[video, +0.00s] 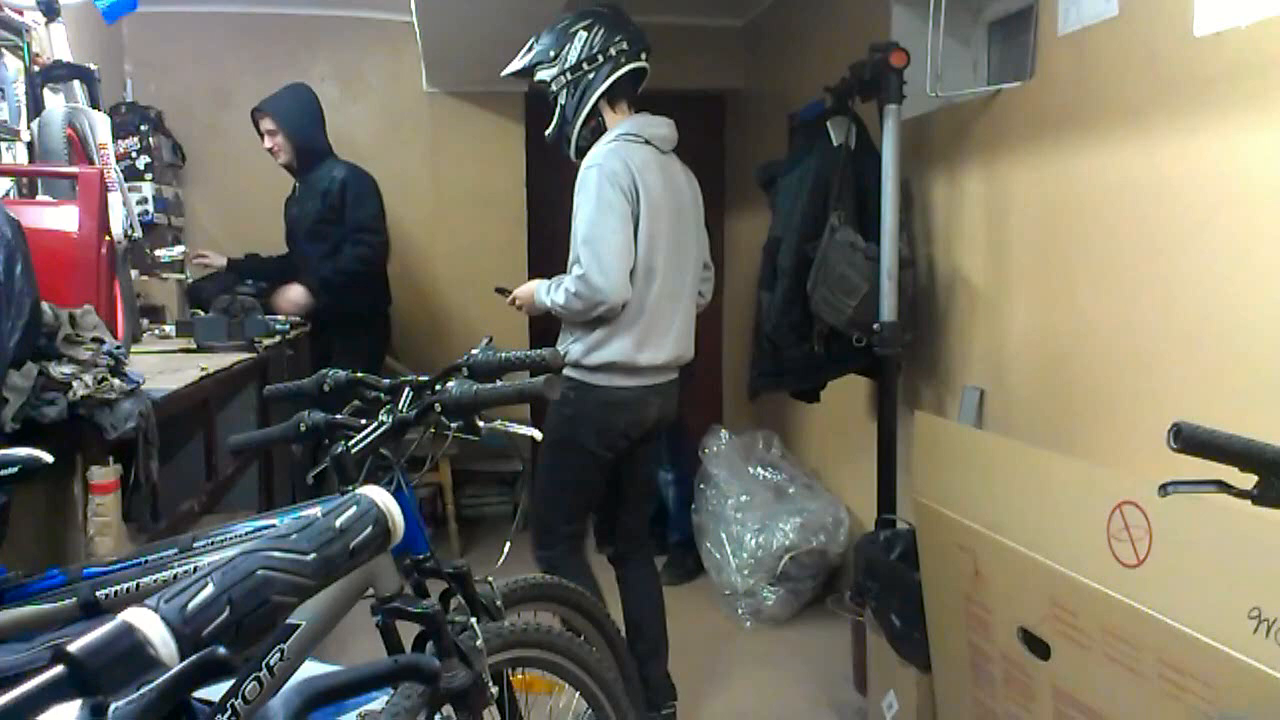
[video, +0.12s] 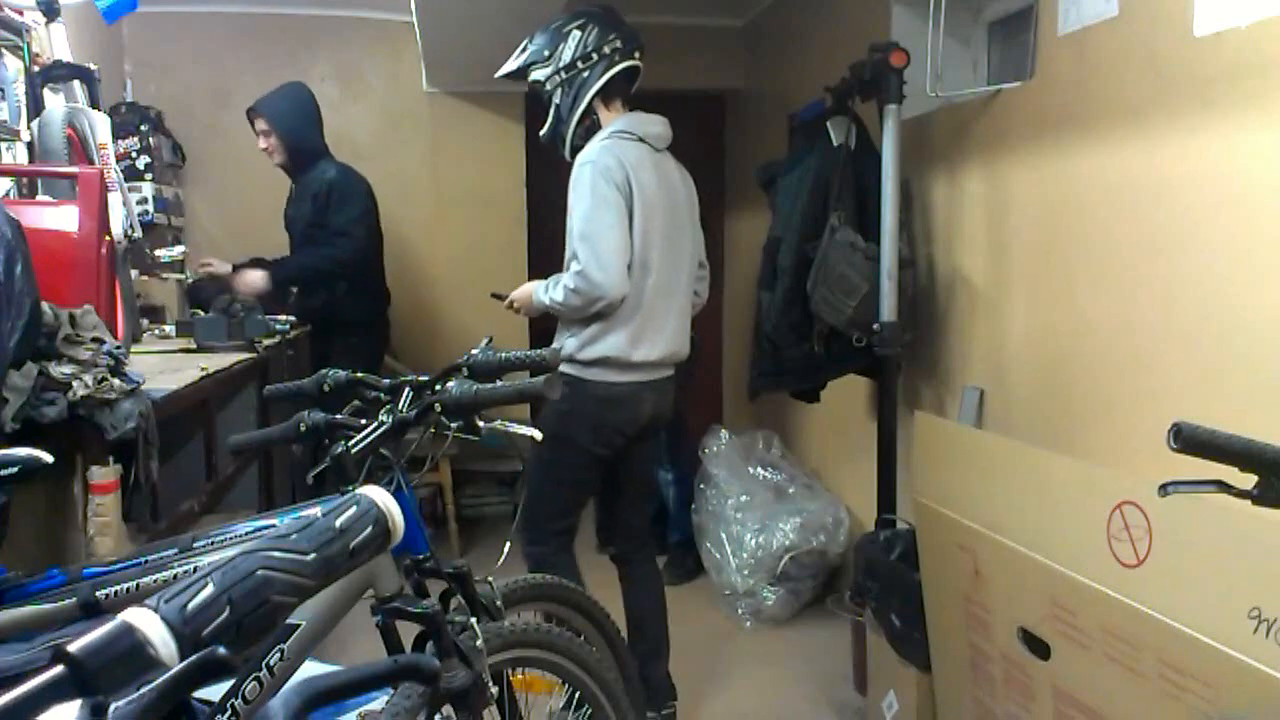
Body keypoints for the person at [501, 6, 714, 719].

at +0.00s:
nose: (557, 107)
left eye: (560, 90)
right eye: (554, 92)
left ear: (590, 86)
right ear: (627, 83)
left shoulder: (607, 165)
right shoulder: (679, 171)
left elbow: (601, 287)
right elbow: (702, 286)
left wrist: (541, 294)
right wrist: (634, 310)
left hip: (597, 395)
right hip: (656, 392)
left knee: (557, 539)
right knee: (633, 543)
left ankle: (609, 691)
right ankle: (653, 693)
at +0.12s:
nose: (550, 103)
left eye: (554, 87)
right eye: (548, 88)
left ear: (584, 83)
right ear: (622, 81)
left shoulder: (600, 161)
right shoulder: (674, 170)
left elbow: (602, 280)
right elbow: (697, 286)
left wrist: (540, 294)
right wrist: (636, 317)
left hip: (597, 390)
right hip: (653, 389)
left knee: (544, 533)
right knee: (633, 541)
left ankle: (592, 691)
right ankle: (652, 694)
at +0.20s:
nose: (545, 102)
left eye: (549, 86)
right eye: (543, 87)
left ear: (578, 83)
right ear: (617, 82)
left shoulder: (592, 160)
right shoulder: (670, 169)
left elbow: (594, 280)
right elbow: (694, 286)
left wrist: (535, 295)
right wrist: (640, 320)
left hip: (593, 391)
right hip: (652, 389)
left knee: (541, 538)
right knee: (638, 543)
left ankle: (554, 687)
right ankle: (654, 695)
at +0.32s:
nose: (532, 102)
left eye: (537, 86)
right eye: (531, 87)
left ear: (567, 82)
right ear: (604, 83)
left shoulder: (575, 161)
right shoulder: (660, 168)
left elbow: (578, 279)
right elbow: (689, 283)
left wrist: (524, 298)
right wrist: (646, 333)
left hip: (582, 391)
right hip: (645, 390)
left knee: (534, 545)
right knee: (641, 547)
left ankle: (521, 688)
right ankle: (656, 697)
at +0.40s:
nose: (519, 107)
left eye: (524, 90)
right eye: (518, 92)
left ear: (556, 83)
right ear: (589, 84)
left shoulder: (562, 162)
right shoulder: (650, 167)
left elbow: (563, 279)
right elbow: (681, 282)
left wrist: (514, 300)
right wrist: (649, 337)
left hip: (574, 391)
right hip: (637, 389)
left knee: (527, 545)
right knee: (639, 548)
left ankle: (501, 681)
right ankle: (654, 697)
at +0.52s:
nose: (497, 110)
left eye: (501, 92)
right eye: (495, 94)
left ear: (532, 84)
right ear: (565, 84)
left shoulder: (540, 164)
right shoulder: (632, 165)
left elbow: (532, 286)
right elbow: (664, 280)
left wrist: (480, 312)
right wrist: (641, 372)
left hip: (546, 396)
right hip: (618, 395)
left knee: (509, 552)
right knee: (626, 548)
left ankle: (502, 692)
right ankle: (651, 695)